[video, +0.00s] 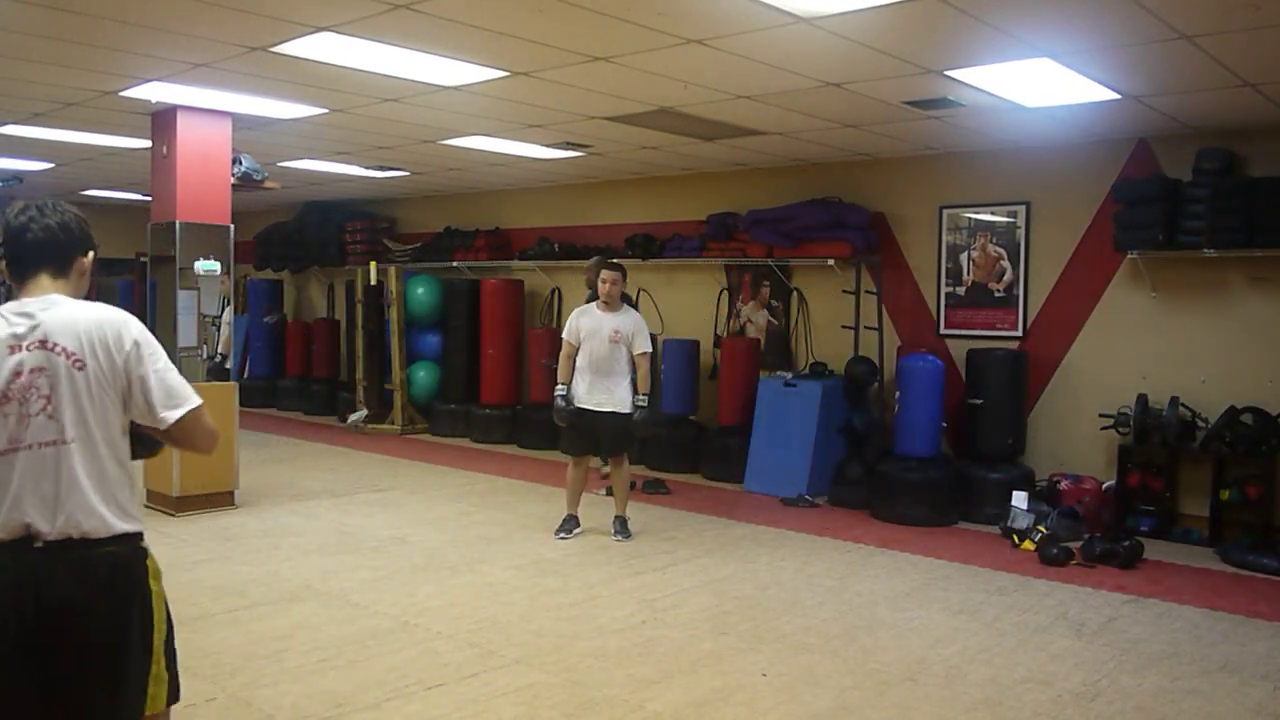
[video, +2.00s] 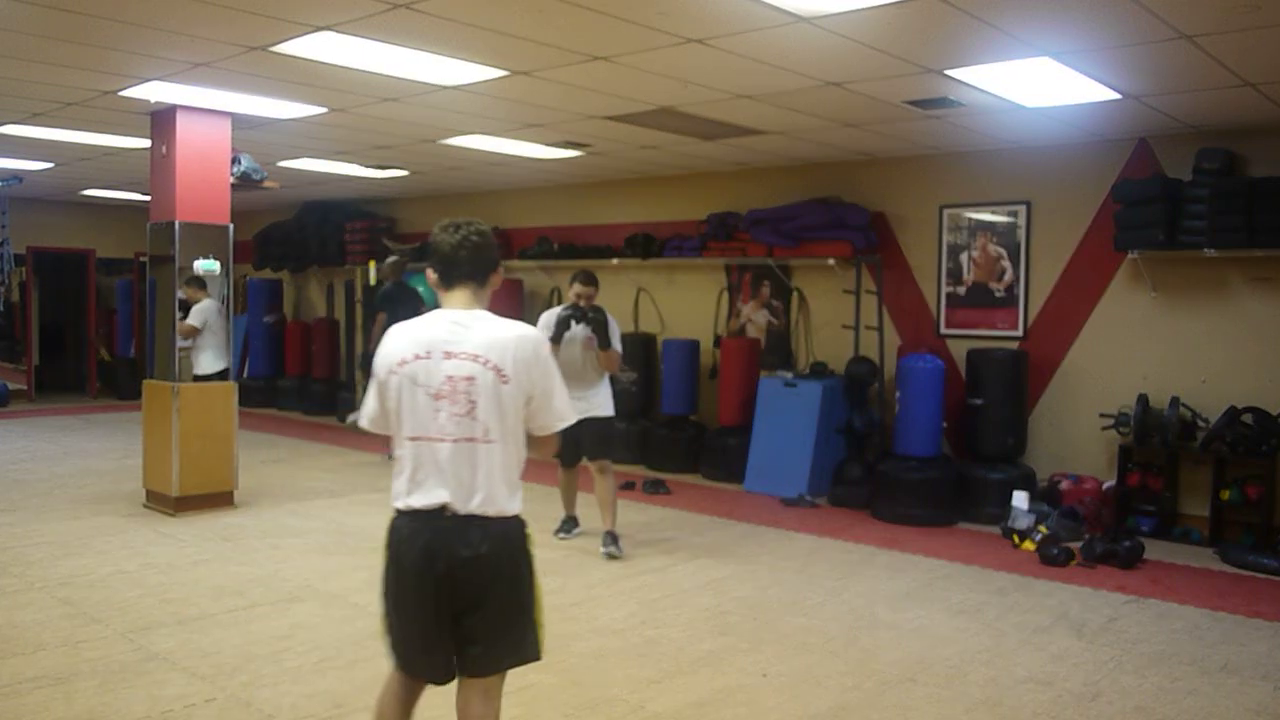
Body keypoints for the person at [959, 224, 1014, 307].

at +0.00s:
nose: (982, 241)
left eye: (986, 237)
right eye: (980, 237)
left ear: (990, 237)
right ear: (976, 237)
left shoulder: (999, 253)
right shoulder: (971, 252)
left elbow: (1009, 272)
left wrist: (1000, 286)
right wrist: (967, 277)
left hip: (989, 288)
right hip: (974, 287)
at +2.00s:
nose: (983, 240)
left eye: (986, 236)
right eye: (980, 236)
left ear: (990, 237)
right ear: (976, 238)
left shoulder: (999, 252)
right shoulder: (972, 253)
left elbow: (1009, 271)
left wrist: (1002, 285)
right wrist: (967, 279)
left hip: (990, 288)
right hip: (975, 286)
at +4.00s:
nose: (983, 241)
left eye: (985, 237)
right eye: (979, 237)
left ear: (990, 237)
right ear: (975, 237)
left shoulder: (998, 252)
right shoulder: (971, 253)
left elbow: (1009, 272)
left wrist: (1000, 286)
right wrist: (966, 279)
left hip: (992, 288)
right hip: (975, 287)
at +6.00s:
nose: (983, 241)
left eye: (986, 237)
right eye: (980, 237)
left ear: (990, 238)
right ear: (976, 238)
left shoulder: (999, 253)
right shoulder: (972, 252)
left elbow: (1010, 272)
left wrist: (1001, 286)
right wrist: (967, 278)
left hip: (991, 288)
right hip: (976, 286)